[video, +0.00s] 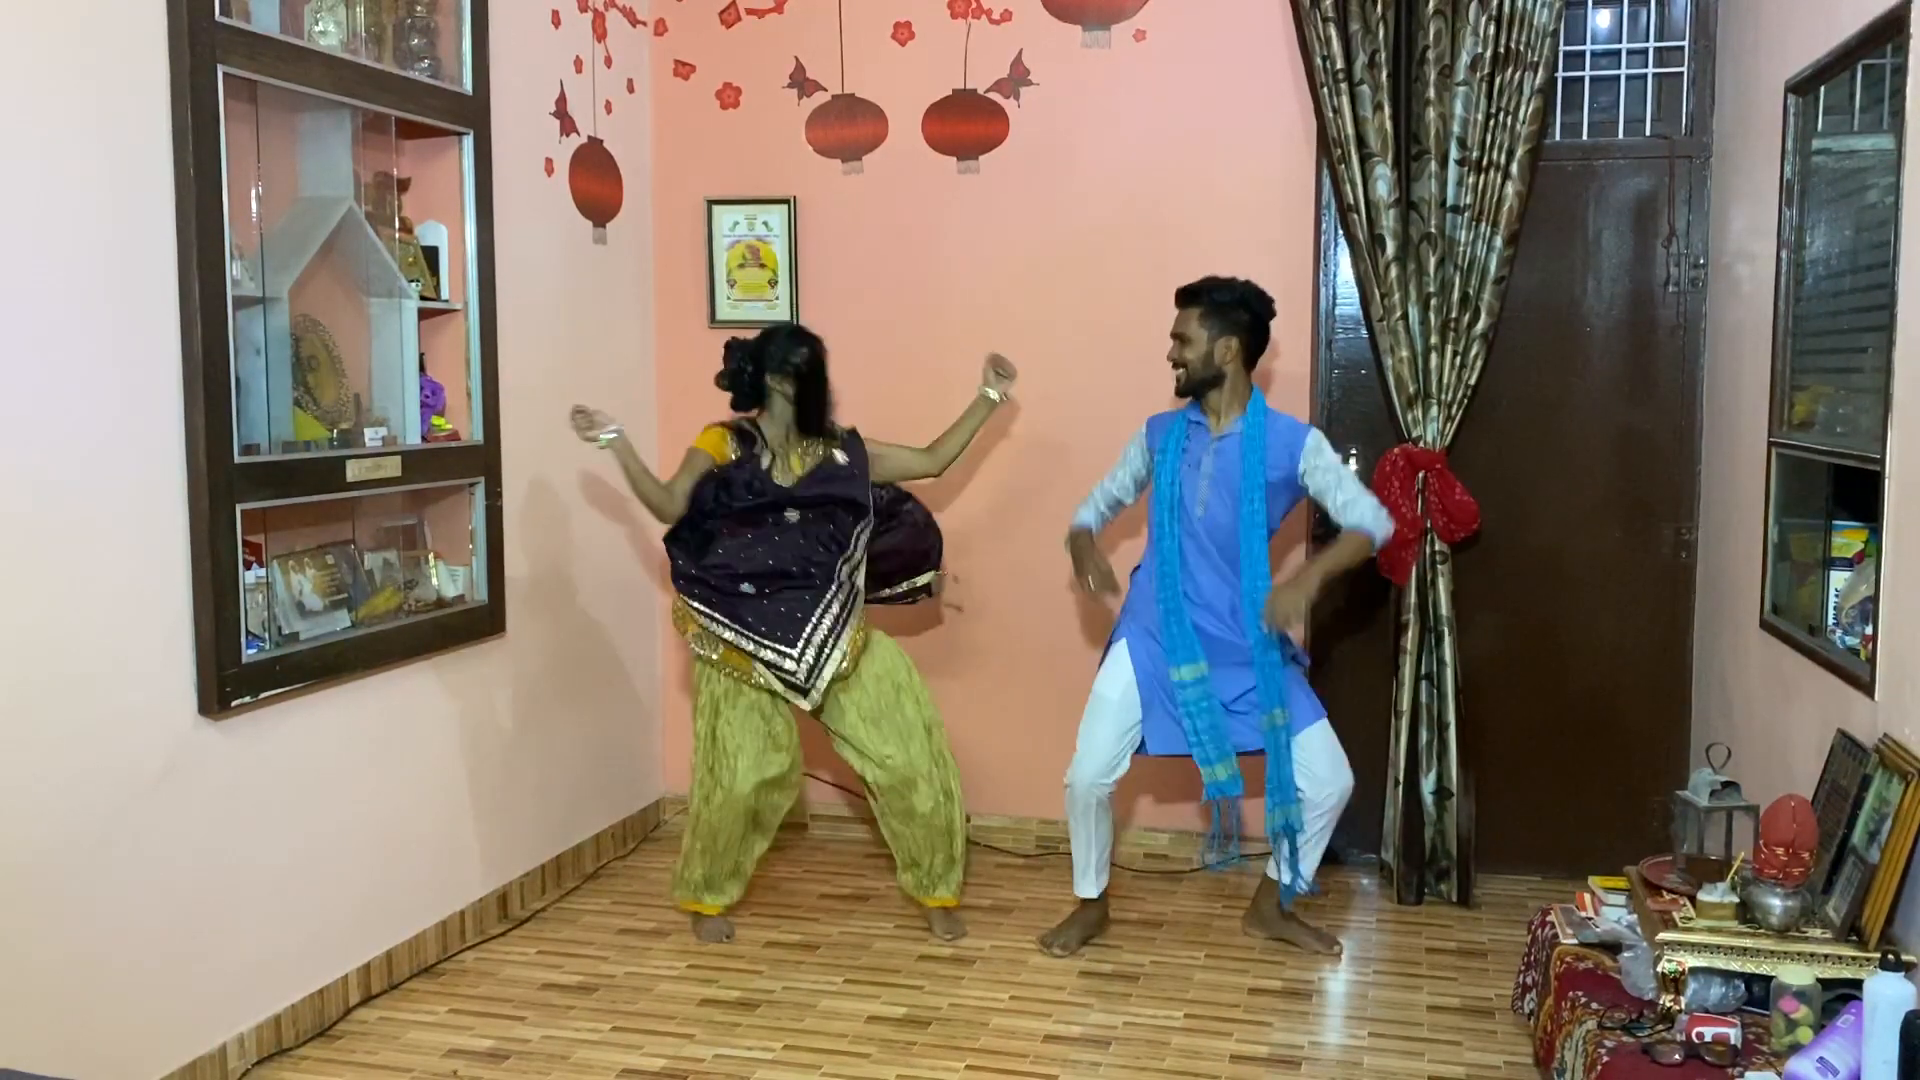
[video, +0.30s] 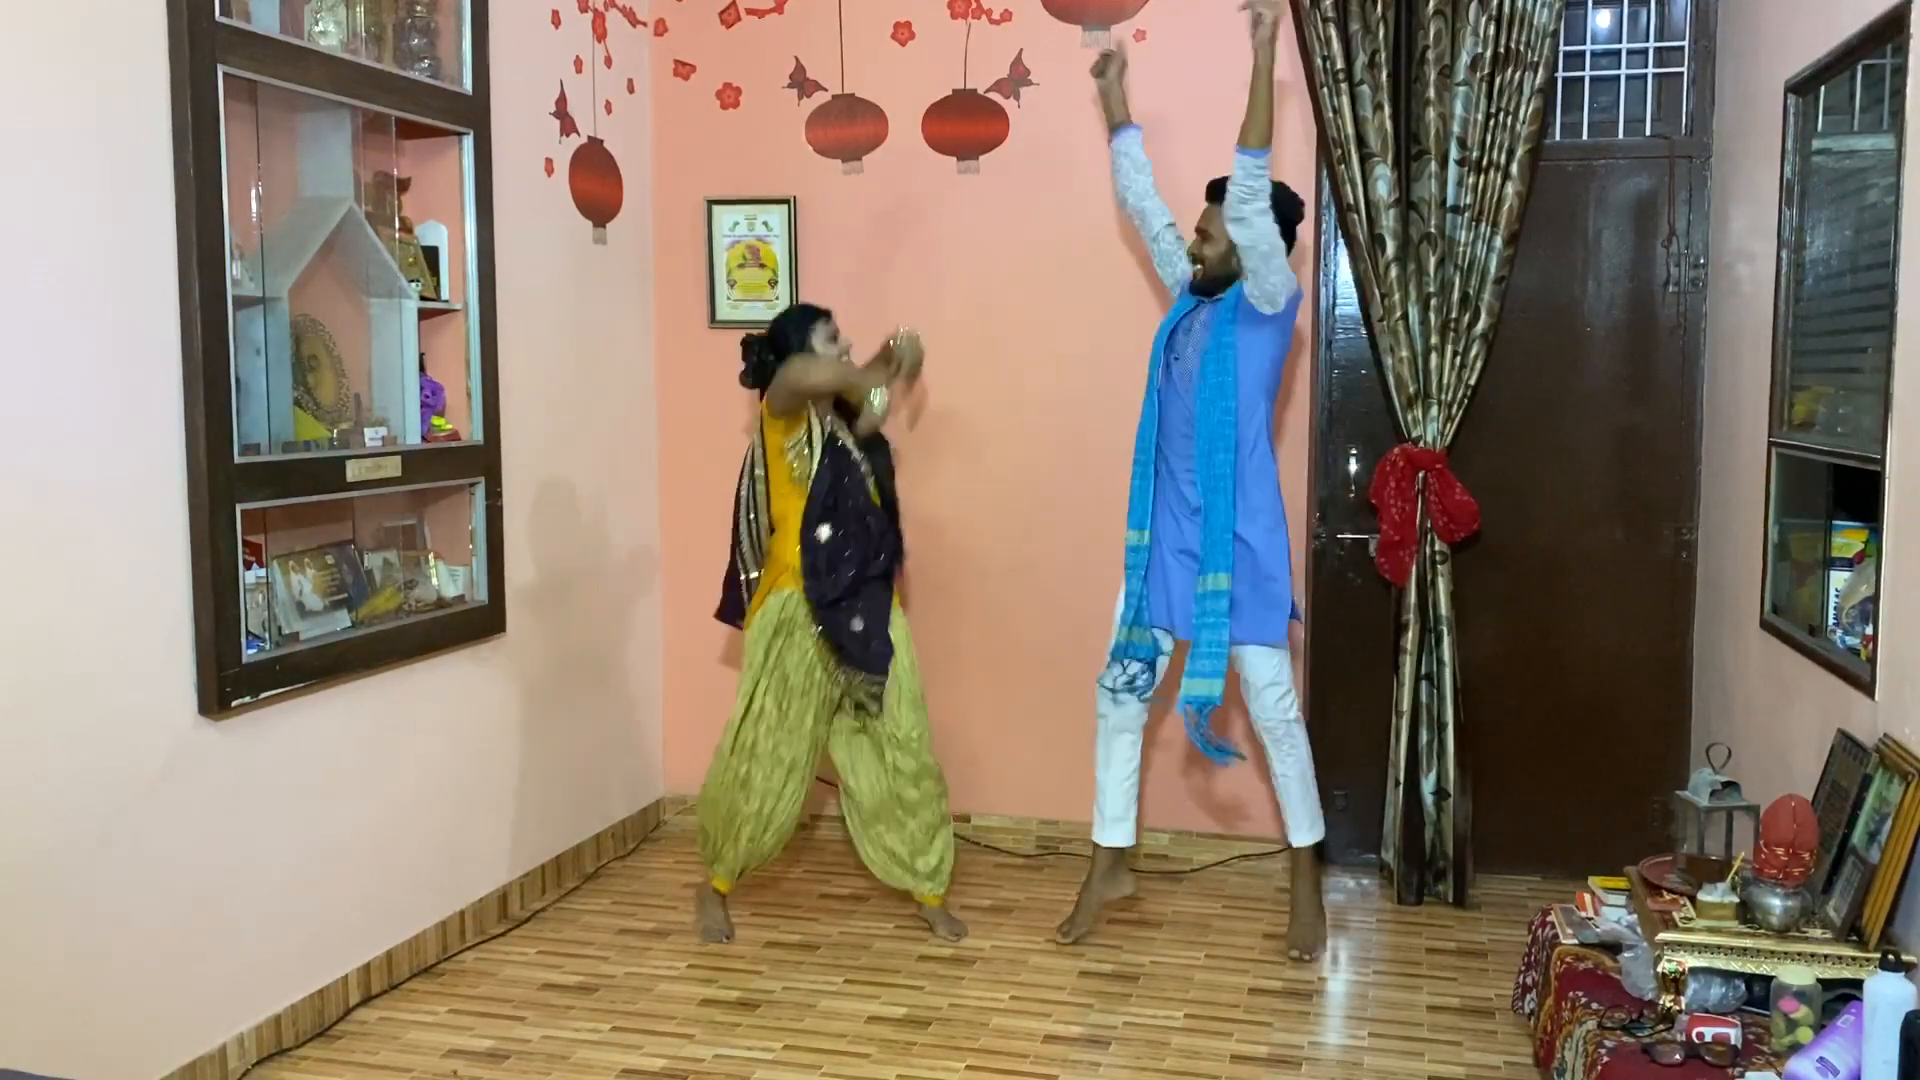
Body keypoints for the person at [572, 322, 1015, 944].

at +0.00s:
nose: (779, 379)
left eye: (778, 367)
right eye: (773, 368)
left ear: (766, 376)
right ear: (800, 377)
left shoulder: (842, 449)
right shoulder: (721, 444)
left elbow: (931, 460)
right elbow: (669, 508)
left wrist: (987, 398)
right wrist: (618, 440)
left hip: (837, 632)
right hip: (739, 637)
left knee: (913, 754)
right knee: (747, 772)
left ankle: (939, 890)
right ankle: (709, 897)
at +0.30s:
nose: (847, 351)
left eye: (843, 340)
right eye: (834, 342)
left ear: (835, 354)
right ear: (800, 357)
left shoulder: (848, 416)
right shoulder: (783, 410)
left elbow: (881, 377)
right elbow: (811, 375)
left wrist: (896, 363)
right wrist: (870, 373)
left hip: (869, 603)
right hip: (797, 606)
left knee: (905, 747)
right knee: (770, 751)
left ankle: (930, 891)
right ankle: (718, 885)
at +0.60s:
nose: (887, 346)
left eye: (887, 336)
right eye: (873, 336)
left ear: (884, 354)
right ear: (841, 352)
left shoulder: (905, 419)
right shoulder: (822, 410)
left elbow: (908, 385)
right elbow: (848, 421)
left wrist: (934, 356)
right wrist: (885, 358)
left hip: (906, 611)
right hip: (833, 608)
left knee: (925, 753)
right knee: (799, 745)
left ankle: (932, 887)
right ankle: (746, 886)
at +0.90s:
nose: (914, 356)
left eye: (913, 344)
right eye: (901, 345)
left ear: (892, 353)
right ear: (866, 355)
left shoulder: (899, 421)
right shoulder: (858, 425)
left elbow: (921, 518)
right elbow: (817, 512)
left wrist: (981, 552)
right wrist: (794, 603)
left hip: (905, 615)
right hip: (861, 613)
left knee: (930, 749)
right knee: (823, 753)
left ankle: (933, 886)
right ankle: (751, 882)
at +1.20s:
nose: (923, 381)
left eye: (925, 370)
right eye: (913, 370)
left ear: (892, 376)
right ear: (878, 374)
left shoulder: (892, 435)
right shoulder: (872, 433)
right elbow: (834, 512)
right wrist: (805, 581)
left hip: (893, 633)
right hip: (846, 629)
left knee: (935, 762)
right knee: (834, 769)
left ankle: (926, 892)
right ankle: (765, 892)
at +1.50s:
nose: (924, 399)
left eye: (926, 388)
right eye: (913, 388)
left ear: (913, 395)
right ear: (877, 394)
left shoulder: (909, 464)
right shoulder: (848, 468)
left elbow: (910, 565)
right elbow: (804, 565)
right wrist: (780, 651)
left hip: (903, 651)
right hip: (842, 653)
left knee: (945, 773)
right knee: (828, 792)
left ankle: (927, 895)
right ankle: (759, 897)